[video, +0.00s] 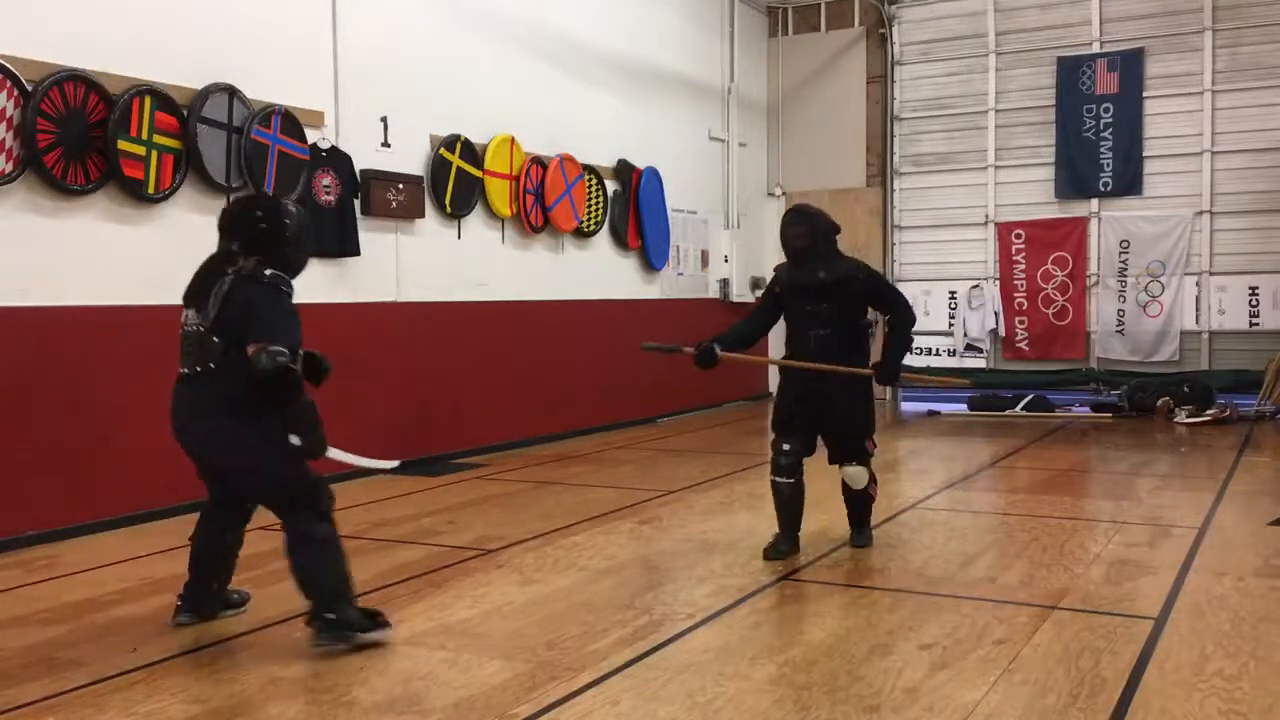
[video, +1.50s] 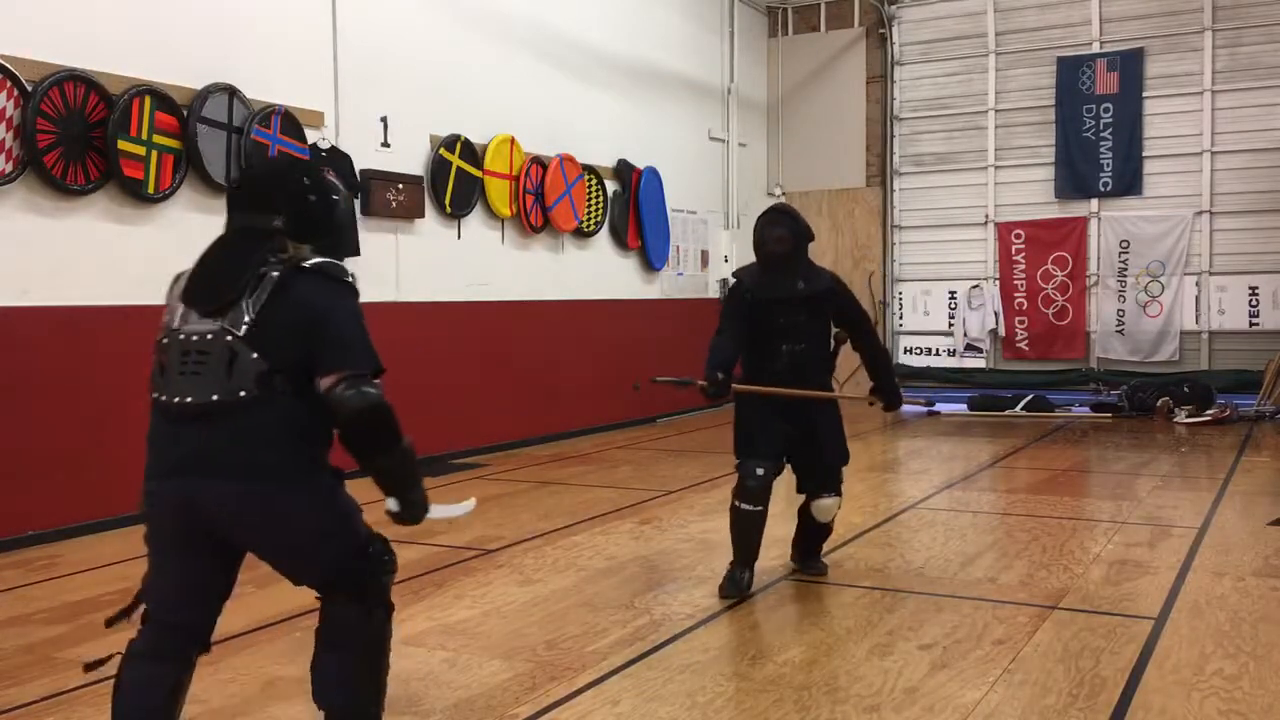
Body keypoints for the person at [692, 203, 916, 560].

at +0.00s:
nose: (792, 245)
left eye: (798, 237)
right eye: (788, 238)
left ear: (817, 236)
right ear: (785, 239)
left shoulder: (854, 274)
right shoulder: (786, 279)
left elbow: (903, 312)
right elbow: (757, 322)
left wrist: (891, 363)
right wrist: (718, 345)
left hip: (846, 385)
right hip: (798, 385)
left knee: (854, 466)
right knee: (785, 460)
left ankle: (860, 526)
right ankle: (788, 536)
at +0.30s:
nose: (805, 244)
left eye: (812, 236)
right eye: (799, 237)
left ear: (832, 236)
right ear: (793, 239)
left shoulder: (862, 274)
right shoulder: (793, 280)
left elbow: (916, 307)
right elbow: (768, 327)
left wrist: (934, 358)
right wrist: (738, 364)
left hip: (854, 387)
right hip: (803, 388)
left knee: (860, 469)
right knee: (790, 460)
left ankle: (857, 533)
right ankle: (789, 531)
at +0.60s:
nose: (806, 243)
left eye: (813, 236)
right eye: (800, 236)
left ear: (831, 237)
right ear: (792, 240)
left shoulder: (860, 278)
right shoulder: (788, 280)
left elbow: (907, 318)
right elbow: (765, 326)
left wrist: (925, 365)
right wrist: (738, 360)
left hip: (849, 388)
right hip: (798, 388)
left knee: (855, 467)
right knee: (784, 459)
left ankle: (857, 533)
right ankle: (765, 539)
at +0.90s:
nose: (774, 234)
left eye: (782, 226)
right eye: (767, 226)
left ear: (801, 226)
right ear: (758, 229)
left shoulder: (829, 269)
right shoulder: (754, 271)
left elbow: (870, 314)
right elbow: (731, 317)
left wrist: (888, 362)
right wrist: (711, 354)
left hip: (818, 383)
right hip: (765, 383)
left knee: (831, 466)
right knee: (760, 470)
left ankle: (829, 514)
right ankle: (757, 556)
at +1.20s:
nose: (769, 253)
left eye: (777, 245)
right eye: (762, 245)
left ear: (794, 247)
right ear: (750, 248)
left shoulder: (818, 291)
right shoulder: (740, 290)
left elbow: (856, 339)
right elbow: (721, 339)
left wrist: (875, 386)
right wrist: (704, 379)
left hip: (804, 407)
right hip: (750, 406)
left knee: (816, 496)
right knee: (742, 487)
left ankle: (807, 550)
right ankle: (735, 571)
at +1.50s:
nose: (775, 245)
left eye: (783, 237)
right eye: (767, 237)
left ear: (801, 239)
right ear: (756, 241)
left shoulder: (823, 285)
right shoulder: (746, 287)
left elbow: (862, 332)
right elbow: (728, 334)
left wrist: (886, 382)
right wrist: (717, 370)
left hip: (813, 402)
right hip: (760, 401)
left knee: (826, 495)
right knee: (752, 484)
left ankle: (806, 552)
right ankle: (742, 565)